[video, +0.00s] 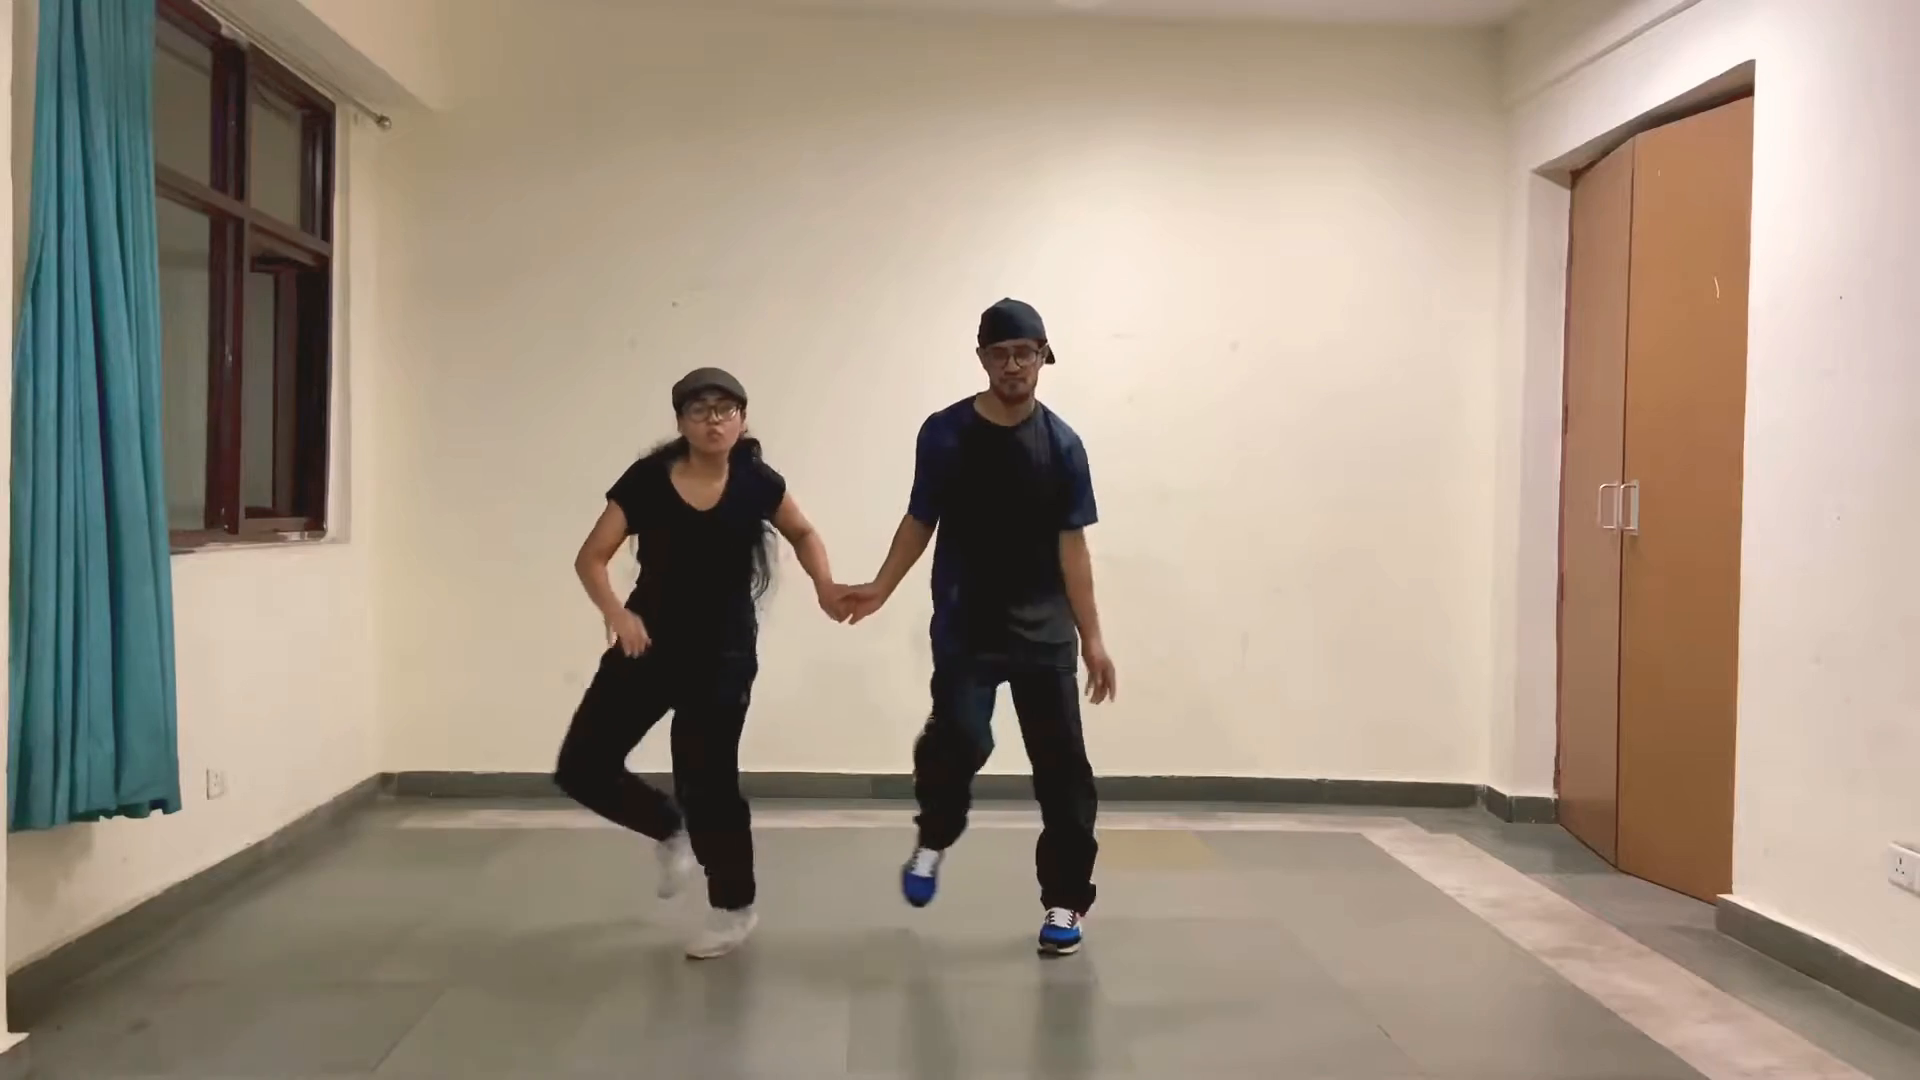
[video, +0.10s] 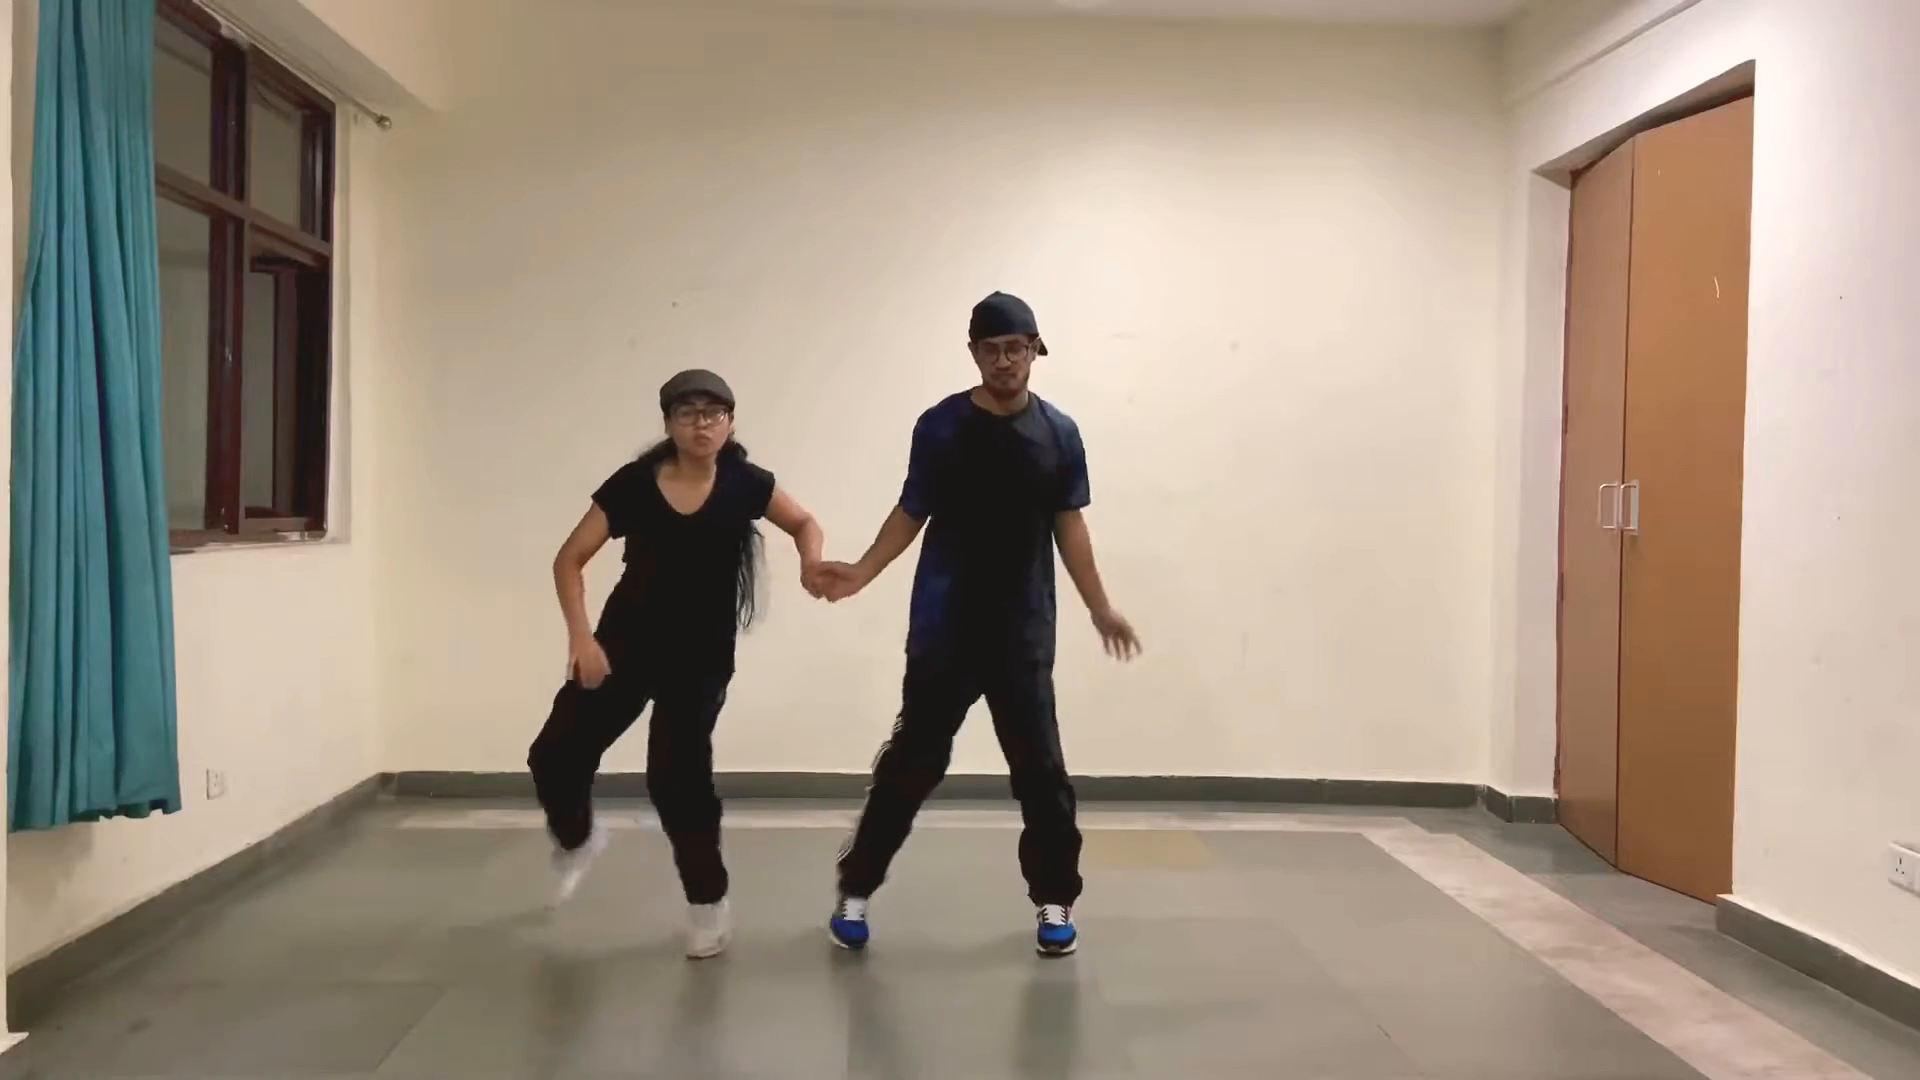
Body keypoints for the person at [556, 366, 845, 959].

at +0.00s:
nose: (717, 419)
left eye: (727, 409)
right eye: (703, 410)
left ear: (742, 420)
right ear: (681, 421)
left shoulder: (758, 483)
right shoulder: (647, 481)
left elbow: (802, 533)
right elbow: (590, 559)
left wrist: (826, 584)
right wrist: (616, 612)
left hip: (721, 654)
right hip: (649, 646)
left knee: (706, 779)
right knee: (582, 771)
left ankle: (735, 907)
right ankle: (671, 826)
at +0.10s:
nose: (704, 424)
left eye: (714, 413)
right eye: (690, 414)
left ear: (730, 421)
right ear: (669, 423)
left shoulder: (744, 485)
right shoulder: (634, 486)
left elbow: (804, 525)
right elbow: (568, 562)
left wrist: (811, 564)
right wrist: (581, 638)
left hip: (700, 656)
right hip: (627, 646)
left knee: (677, 774)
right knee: (554, 759)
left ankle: (707, 902)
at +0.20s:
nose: (691, 442)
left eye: (702, 431)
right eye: (677, 431)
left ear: (717, 441)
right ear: (656, 440)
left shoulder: (736, 502)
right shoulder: (619, 503)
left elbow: (806, 534)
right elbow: (541, 562)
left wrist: (783, 563)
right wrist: (540, 645)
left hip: (682, 673)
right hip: (606, 661)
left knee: (657, 789)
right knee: (551, 776)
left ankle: (659, 909)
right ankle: (513, 885)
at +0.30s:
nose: (690, 425)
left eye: (701, 417)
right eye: (676, 417)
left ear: (716, 431)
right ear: (656, 431)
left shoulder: (740, 499)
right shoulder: (620, 499)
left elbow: (799, 546)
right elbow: (554, 558)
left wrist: (785, 581)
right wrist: (517, 636)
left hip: (692, 667)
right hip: (617, 656)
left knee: (663, 787)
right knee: (561, 774)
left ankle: (671, 909)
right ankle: (518, 881)